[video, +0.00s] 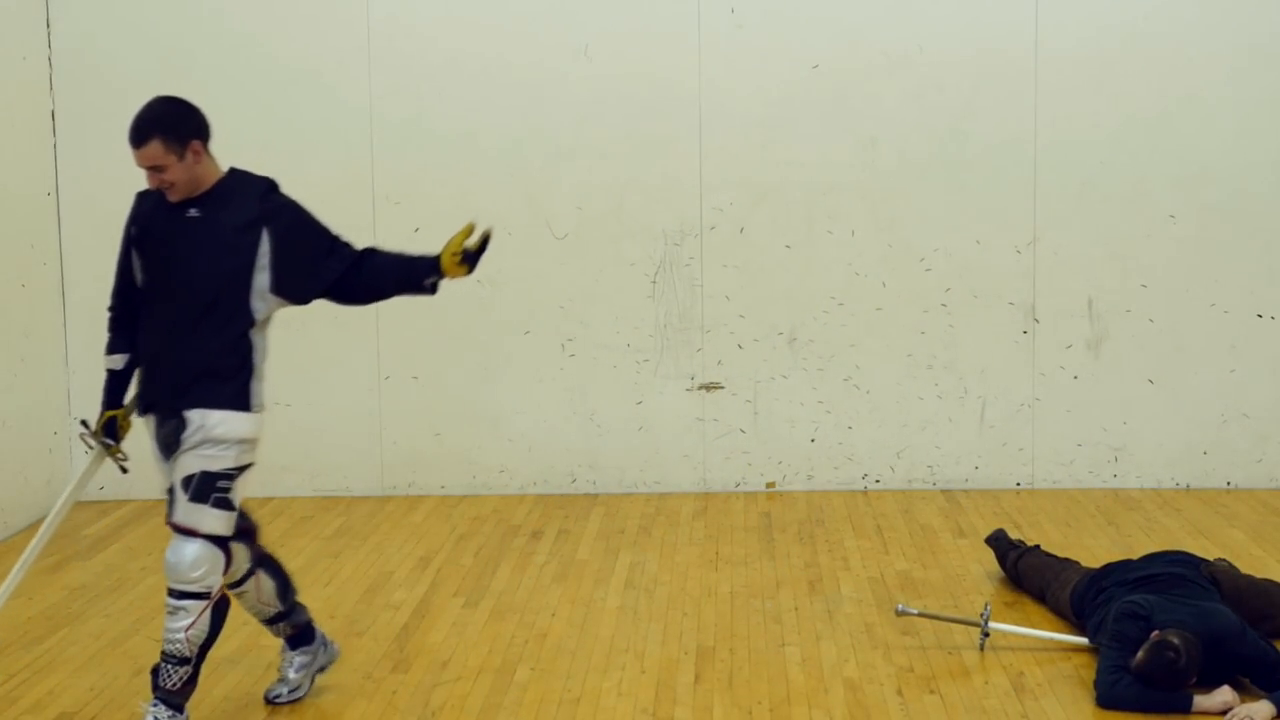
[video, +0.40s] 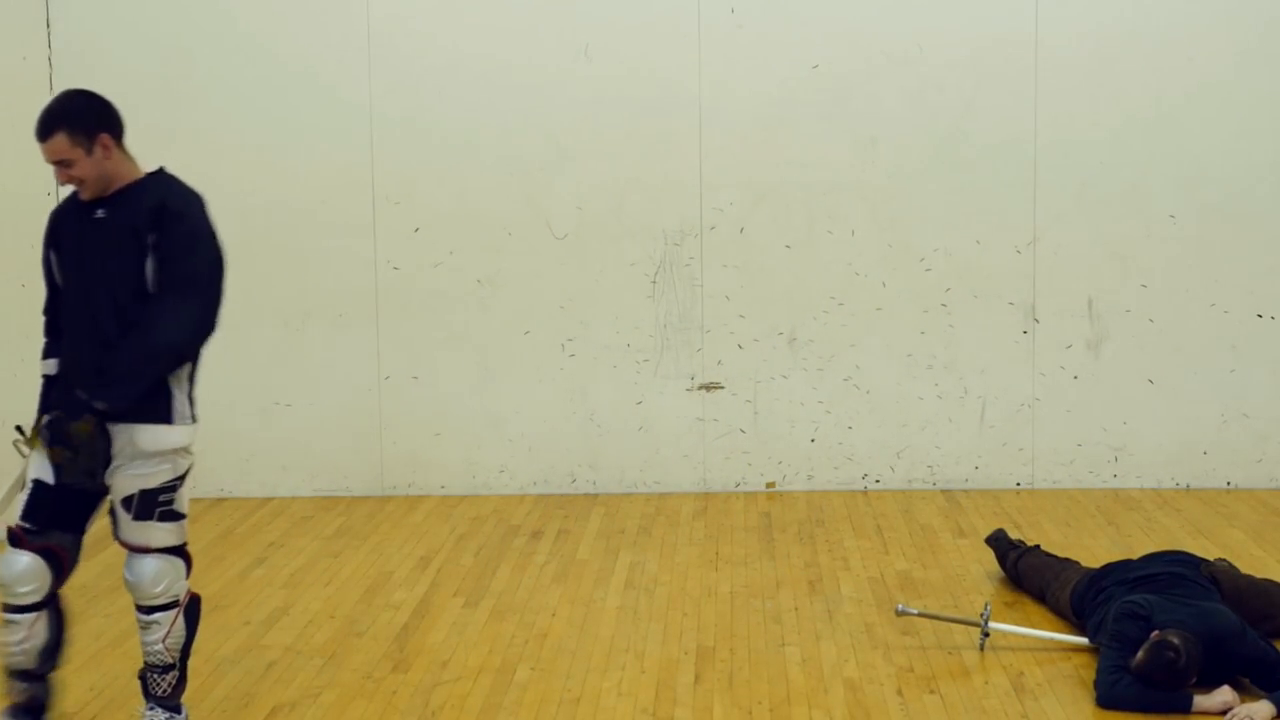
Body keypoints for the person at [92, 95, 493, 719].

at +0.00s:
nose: (151, 181)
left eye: (159, 168)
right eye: (145, 170)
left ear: (197, 150)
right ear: (148, 161)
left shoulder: (258, 207)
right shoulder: (149, 213)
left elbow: (341, 271)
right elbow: (127, 311)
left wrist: (436, 267)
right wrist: (114, 402)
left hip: (225, 404)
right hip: (165, 403)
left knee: (190, 556)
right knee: (221, 545)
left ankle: (166, 708)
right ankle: (307, 645)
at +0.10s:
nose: (127, 179)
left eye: (135, 165)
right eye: (121, 167)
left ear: (173, 147)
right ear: (122, 158)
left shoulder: (237, 206)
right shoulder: (125, 214)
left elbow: (310, 286)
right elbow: (107, 316)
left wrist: (397, 310)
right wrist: (97, 402)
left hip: (201, 410)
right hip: (137, 407)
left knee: (181, 565)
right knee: (149, 553)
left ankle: (165, 708)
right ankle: (267, 628)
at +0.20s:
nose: (103, 180)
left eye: (110, 165)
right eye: (97, 168)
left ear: (150, 146)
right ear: (113, 158)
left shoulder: (215, 205)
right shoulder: (105, 215)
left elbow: (269, 298)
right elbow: (89, 317)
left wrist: (326, 375)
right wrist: (80, 403)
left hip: (184, 416)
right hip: (112, 415)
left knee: (171, 568)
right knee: (100, 565)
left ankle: (164, 705)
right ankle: (207, 636)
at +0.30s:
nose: (84, 180)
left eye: (89, 164)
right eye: (77, 168)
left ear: (128, 143)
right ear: (92, 156)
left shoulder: (199, 208)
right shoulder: (85, 219)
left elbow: (221, 319)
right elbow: (75, 318)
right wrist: (65, 399)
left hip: (169, 415)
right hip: (94, 413)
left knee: (163, 567)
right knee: (55, 559)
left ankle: (163, 703)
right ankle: (122, 681)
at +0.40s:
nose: (62, 179)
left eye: (66, 164)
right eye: (55, 167)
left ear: (107, 143)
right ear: (86, 152)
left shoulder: (176, 209)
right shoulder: (66, 220)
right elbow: (58, 323)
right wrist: (53, 408)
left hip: (153, 424)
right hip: (73, 419)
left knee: (153, 575)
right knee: (24, 570)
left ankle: (163, 706)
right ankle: (25, 705)